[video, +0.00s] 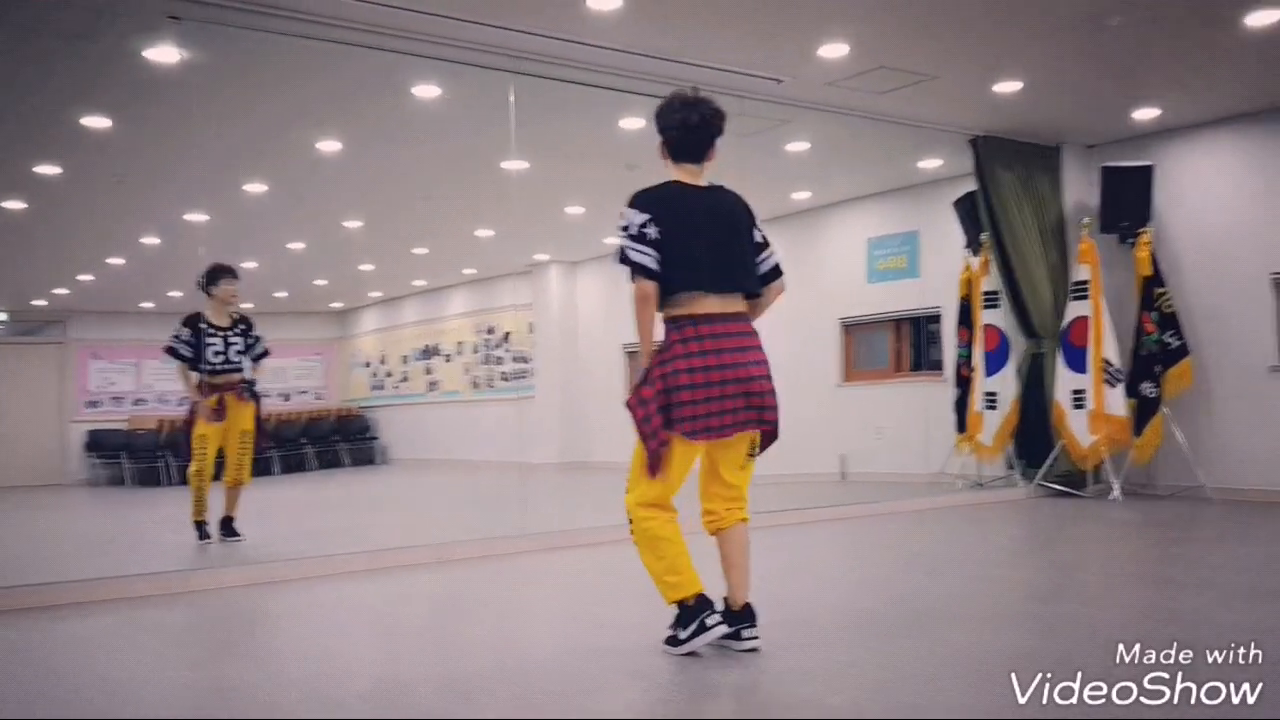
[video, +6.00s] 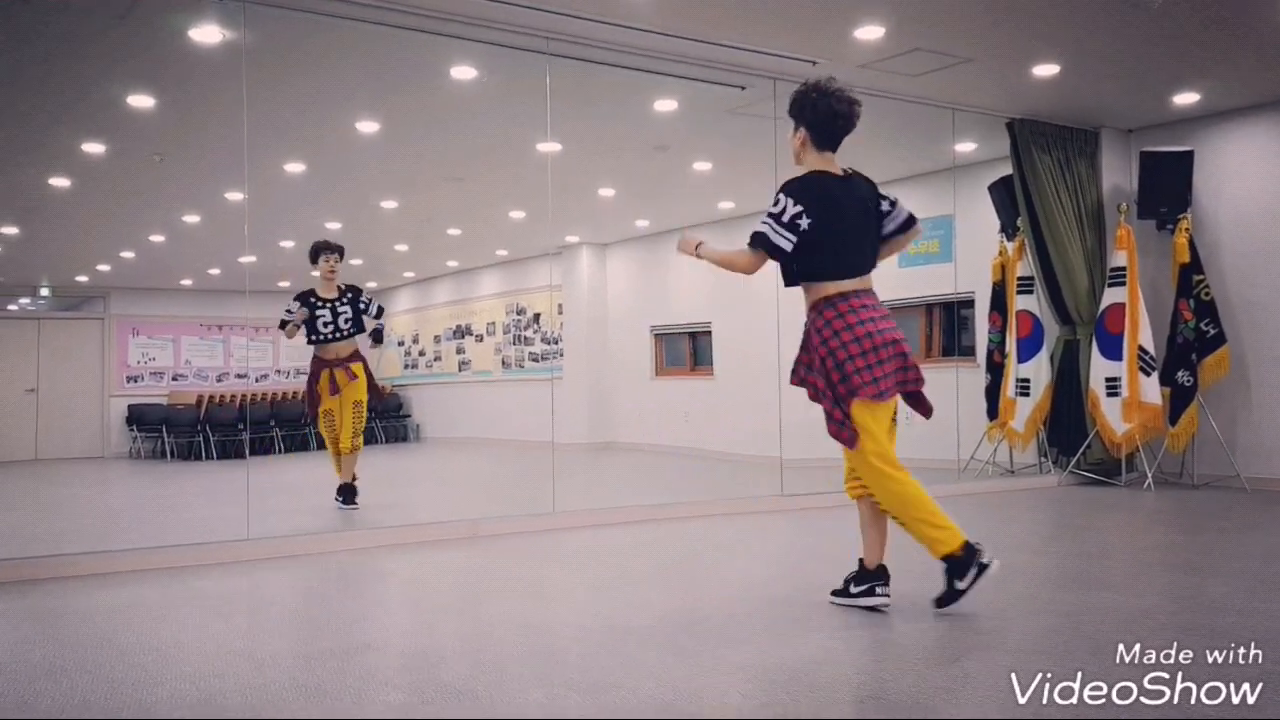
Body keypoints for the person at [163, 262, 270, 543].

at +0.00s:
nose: (234, 290)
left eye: (235, 284)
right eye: (227, 284)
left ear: (237, 288)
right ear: (210, 290)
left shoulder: (244, 323)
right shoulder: (193, 324)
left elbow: (259, 358)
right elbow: (181, 365)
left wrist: (251, 385)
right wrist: (196, 397)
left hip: (241, 395)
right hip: (208, 395)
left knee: (239, 462)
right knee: (202, 463)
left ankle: (228, 520)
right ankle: (200, 520)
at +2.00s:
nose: (263, 251)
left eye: (267, 248)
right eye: (256, 248)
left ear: (274, 255)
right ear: (246, 256)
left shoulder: (288, 287)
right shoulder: (235, 290)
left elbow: (306, 322)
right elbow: (220, 325)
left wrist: (289, 350)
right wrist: (238, 341)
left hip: (274, 365)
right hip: (240, 365)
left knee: (276, 429)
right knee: (235, 428)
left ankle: (267, 479)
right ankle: (239, 481)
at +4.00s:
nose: (260, 271)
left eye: (261, 265)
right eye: (253, 265)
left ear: (264, 268)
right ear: (237, 269)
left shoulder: (266, 302)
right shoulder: (222, 298)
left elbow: (268, 342)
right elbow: (210, 337)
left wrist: (267, 369)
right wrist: (224, 371)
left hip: (256, 376)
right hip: (228, 376)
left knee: (275, 439)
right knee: (230, 443)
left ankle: (258, 494)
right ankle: (229, 500)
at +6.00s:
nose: (332, 266)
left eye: (336, 261)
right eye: (326, 261)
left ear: (341, 265)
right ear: (315, 266)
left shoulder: (353, 294)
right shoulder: (305, 299)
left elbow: (381, 314)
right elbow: (288, 334)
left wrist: (379, 328)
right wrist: (296, 321)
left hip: (354, 366)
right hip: (323, 369)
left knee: (352, 433)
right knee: (331, 435)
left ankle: (346, 486)